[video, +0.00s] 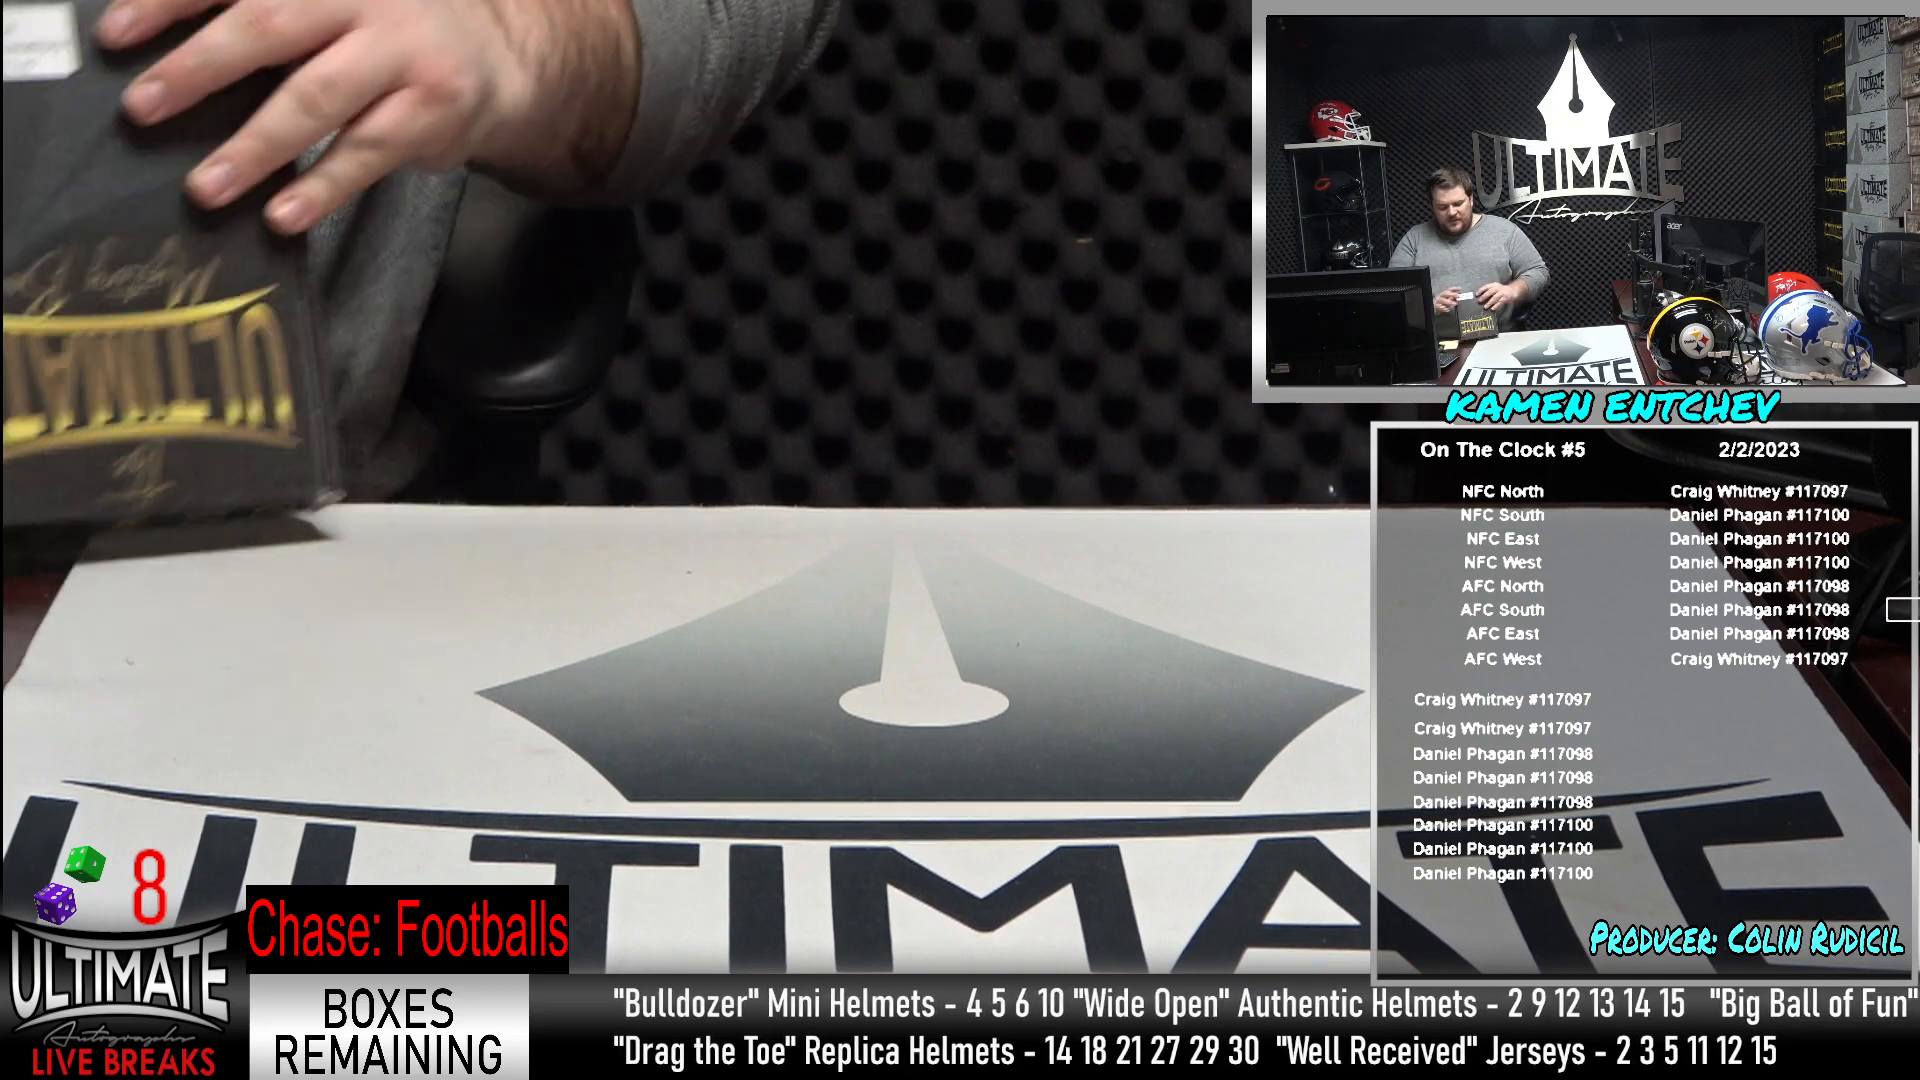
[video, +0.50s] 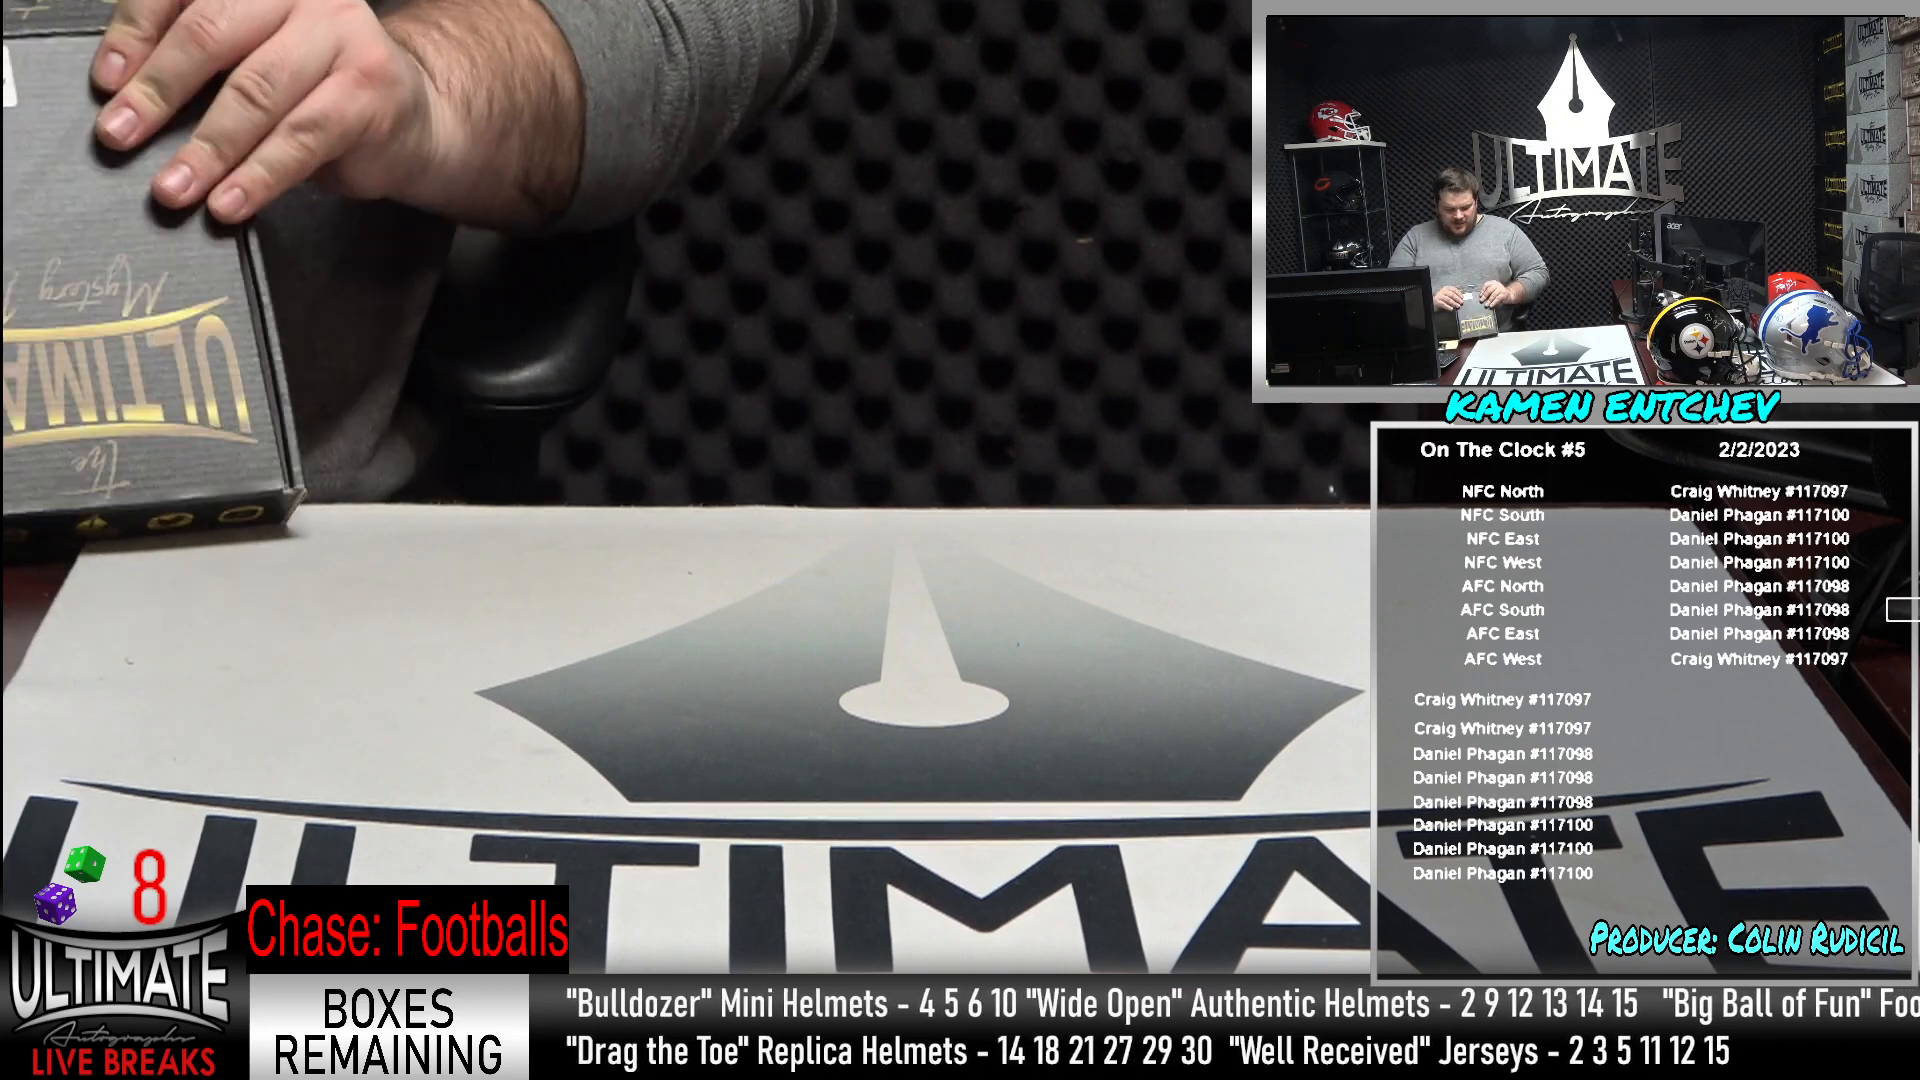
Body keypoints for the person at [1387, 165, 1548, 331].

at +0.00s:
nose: (1452, 213)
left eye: (1458, 204)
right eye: (1443, 207)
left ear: (1471, 199)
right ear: (1432, 206)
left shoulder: (1504, 231)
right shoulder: (1415, 240)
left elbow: (1538, 272)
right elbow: (1392, 290)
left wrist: (1512, 290)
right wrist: (1429, 303)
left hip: (1500, 347)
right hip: (1436, 353)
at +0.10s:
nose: (1452, 213)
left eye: (1458, 204)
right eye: (1443, 207)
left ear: (1471, 199)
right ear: (1432, 206)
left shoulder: (1504, 231)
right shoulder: (1415, 239)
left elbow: (1538, 272)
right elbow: (1391, 290)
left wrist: (1512, 290)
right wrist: (1429, 303)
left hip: (1500, 346)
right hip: (1436, 352)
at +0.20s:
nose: (1455, 214)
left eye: (1461, 205)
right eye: (1446, 208)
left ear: (1473, 200)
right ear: (1434, 206)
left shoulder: (1504, 231)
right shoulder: (1415, 239)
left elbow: (1538, 272)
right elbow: (1392, 290)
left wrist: (1512, 292)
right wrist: (1430, 303)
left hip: (1500, 348)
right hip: (1436, 354)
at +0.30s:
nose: (1457, 216)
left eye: (1464, 207)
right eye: (1449, 209)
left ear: (1475, 201)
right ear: (1436, 205)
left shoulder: (1505, 232)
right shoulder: (1416, 238)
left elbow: (1538, 272)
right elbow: (1392, 289)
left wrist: (1511, 294)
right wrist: (1430, 301)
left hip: (1500, 348)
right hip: (1436, 354)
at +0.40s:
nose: (1458, 216)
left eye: (1464, 207)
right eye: (1449, 209)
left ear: (1475, 201)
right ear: (1435, 206)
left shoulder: (1505, 232)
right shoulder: (1416, 238)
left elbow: (1538, 272)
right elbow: (1392, 289)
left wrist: (1511, 294)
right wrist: (1430, 302)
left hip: (1499, 348)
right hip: (1435, 354)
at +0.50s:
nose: (1459, 216)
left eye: (1465, 207)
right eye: (1450, 209)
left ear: (1476, 202)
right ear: (1436, 206)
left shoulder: (1505, 231)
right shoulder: (1416, 238)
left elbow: (1538, 272)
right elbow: (1391, 289)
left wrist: (1510, 293)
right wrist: (1429, 300)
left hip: (1500, 347)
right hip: (1436, 353)